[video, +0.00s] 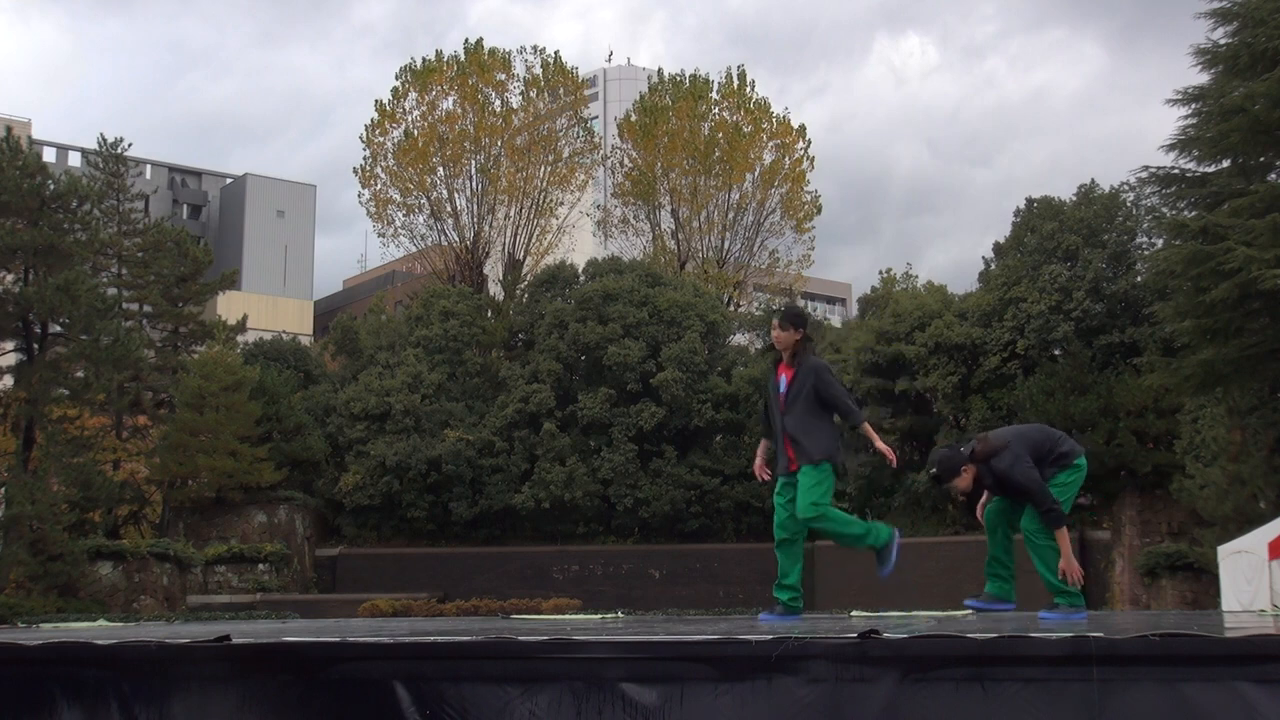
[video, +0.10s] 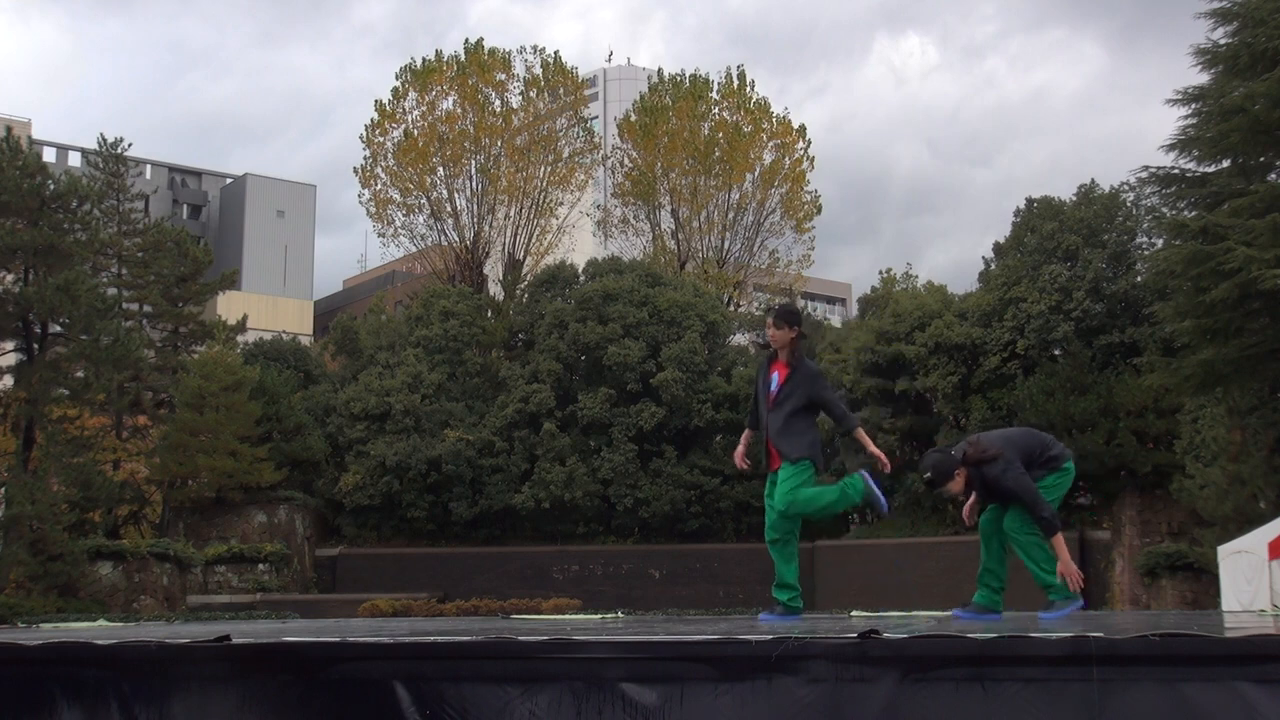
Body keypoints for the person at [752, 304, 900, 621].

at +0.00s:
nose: (774, 335)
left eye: (781, 330)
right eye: (773, 329)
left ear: (798, 334)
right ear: (775, 333)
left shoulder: (815, 368)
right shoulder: (777, 373)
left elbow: (847, 406)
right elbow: (773, 421)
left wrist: (876, 440)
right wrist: (761, 452)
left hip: (816, 459)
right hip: (787, 463)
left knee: (811, 511)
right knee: (786, 531)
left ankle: (883, 537)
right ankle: (789, 604)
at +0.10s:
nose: (770, 333)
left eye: (776, 329)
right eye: (769, 327)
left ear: (793, 333)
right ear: (771, 331)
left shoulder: (807, 372)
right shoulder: (766, 368)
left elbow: (838, 410)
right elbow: (757, 410)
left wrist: (870, 445)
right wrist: (743, 443)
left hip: (801, 458)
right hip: (777, 461)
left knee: (787, 501)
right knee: (778, 531)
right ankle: (789, 604)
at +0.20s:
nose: (765, 334)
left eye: (771, 329)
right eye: (763, 329)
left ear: (788, 333)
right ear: (763, 331)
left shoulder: (801, 374)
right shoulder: (760, 366)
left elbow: (828, 415)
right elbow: (748, 408)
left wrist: (852, 456)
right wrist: (728, 436)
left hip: (787, 455)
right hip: (764, 459)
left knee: (773, 499)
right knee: (770, 532)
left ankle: (833, 461)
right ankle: (789, 604)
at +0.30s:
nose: (758, 336)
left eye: (764, 332)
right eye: (757, 331)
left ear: (781, 335)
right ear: (757, 333)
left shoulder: (793, 375)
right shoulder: (755, 367)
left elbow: (816, 417)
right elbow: (743, 407)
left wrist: (841, 457)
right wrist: (722, 431)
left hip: (776, 455)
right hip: (755, 460)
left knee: (756, 500)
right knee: (765, 535)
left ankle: (820, 464)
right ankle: (788, 604)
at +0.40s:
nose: (750, 340)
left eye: (756, 336)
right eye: (749, 334)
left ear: (773, 337)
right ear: (749, 336)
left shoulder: (782, 377)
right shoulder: (747, 366)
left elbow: (801, 421)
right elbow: (737, 406)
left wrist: (817, 461)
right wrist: (716, 429)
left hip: (764, 457)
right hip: (744, 459)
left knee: (738, 502)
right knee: (760, 533)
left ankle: (810, 474)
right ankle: (787, 603)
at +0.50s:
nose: (739, 344)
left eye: (745, 340)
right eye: (738, 339)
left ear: (762, 341)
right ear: (739, 339)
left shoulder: (772, 378)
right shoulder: (738, 371)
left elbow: (788, 424)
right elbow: (728, 410)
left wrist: (797, 465)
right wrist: (704, 431)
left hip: (751, 458)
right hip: (735, 459)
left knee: (716, 503)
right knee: (752, 534)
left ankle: (792, 508)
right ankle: (786, 602)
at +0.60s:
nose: (724, 347)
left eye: (730, 342)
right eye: (723, 342)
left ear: (748, 342)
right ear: (725, 341)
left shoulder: (765, 381)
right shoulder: (724, 373)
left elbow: (777, 427)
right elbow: (707, 414)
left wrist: (770, 464)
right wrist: (684, 439)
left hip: (741, 461)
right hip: (722, 461)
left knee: (698, 505)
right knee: (750, 533)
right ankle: (786, 600)